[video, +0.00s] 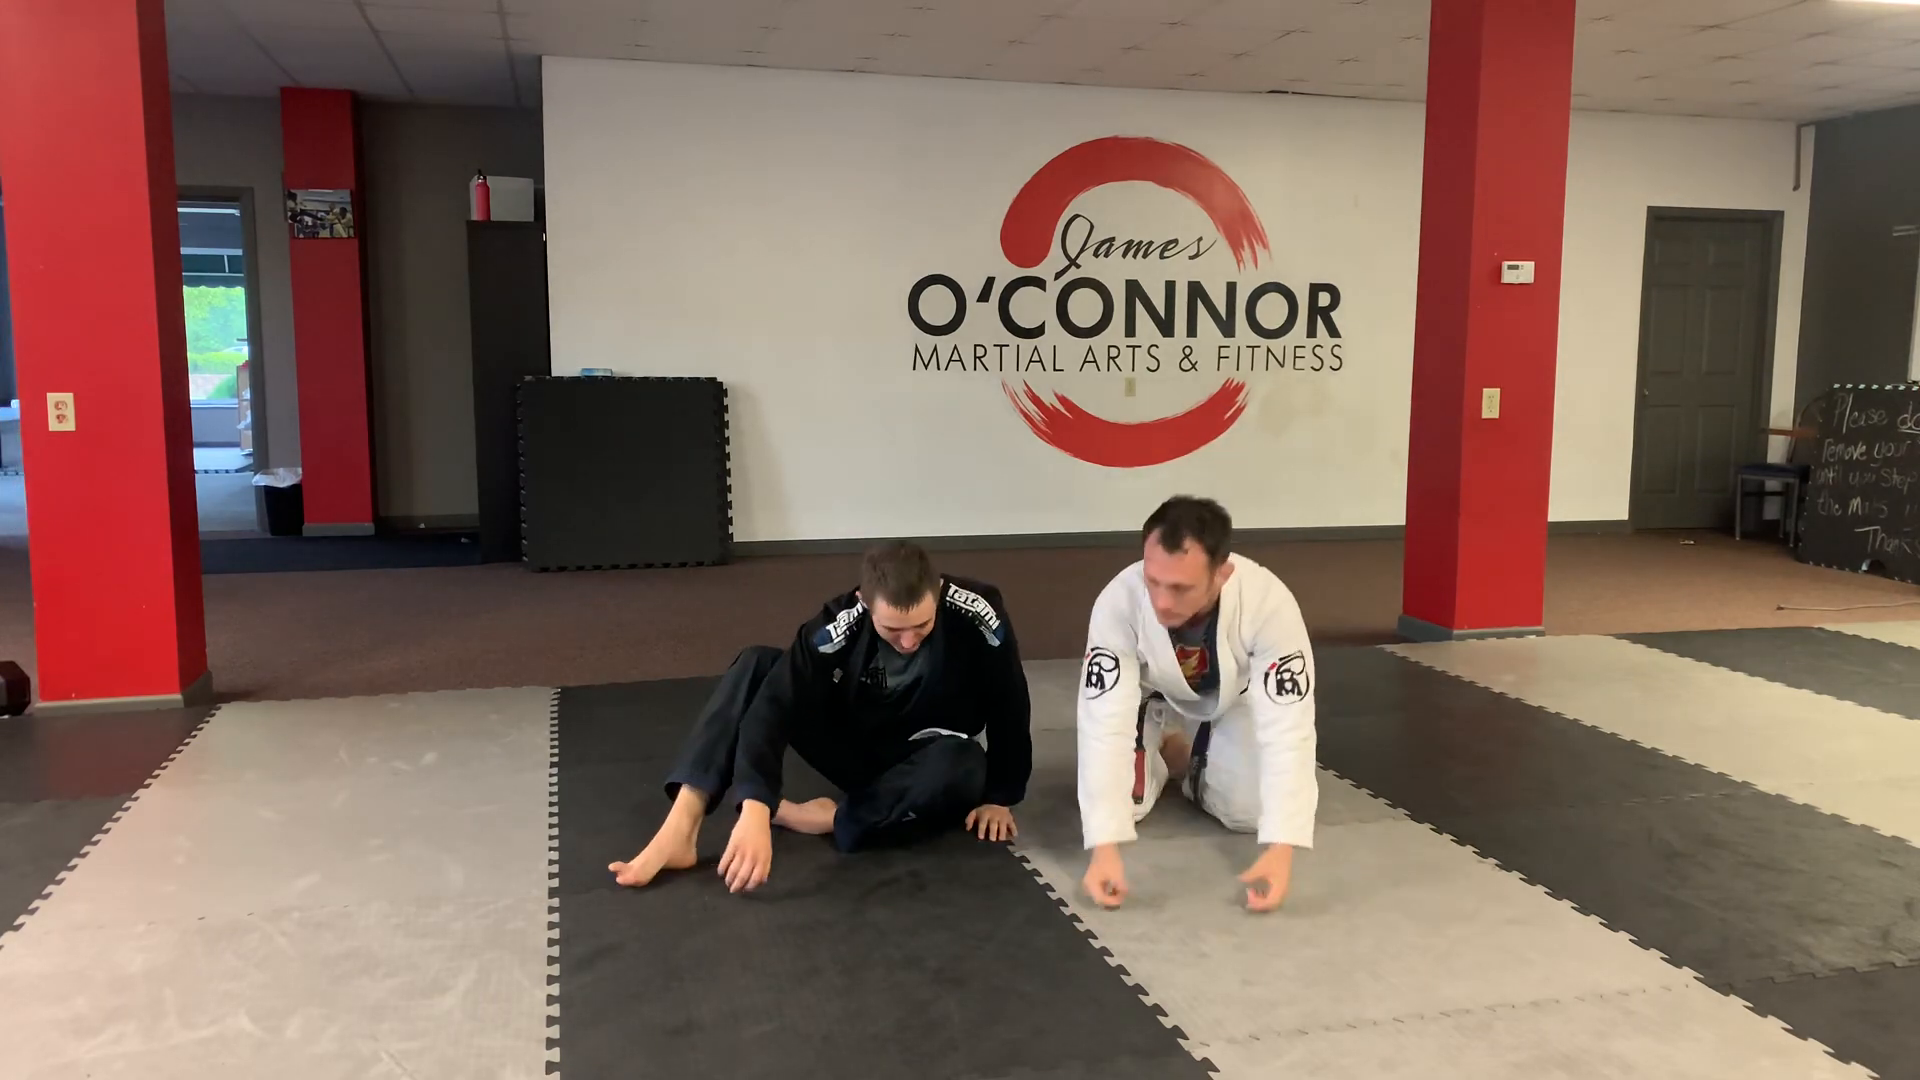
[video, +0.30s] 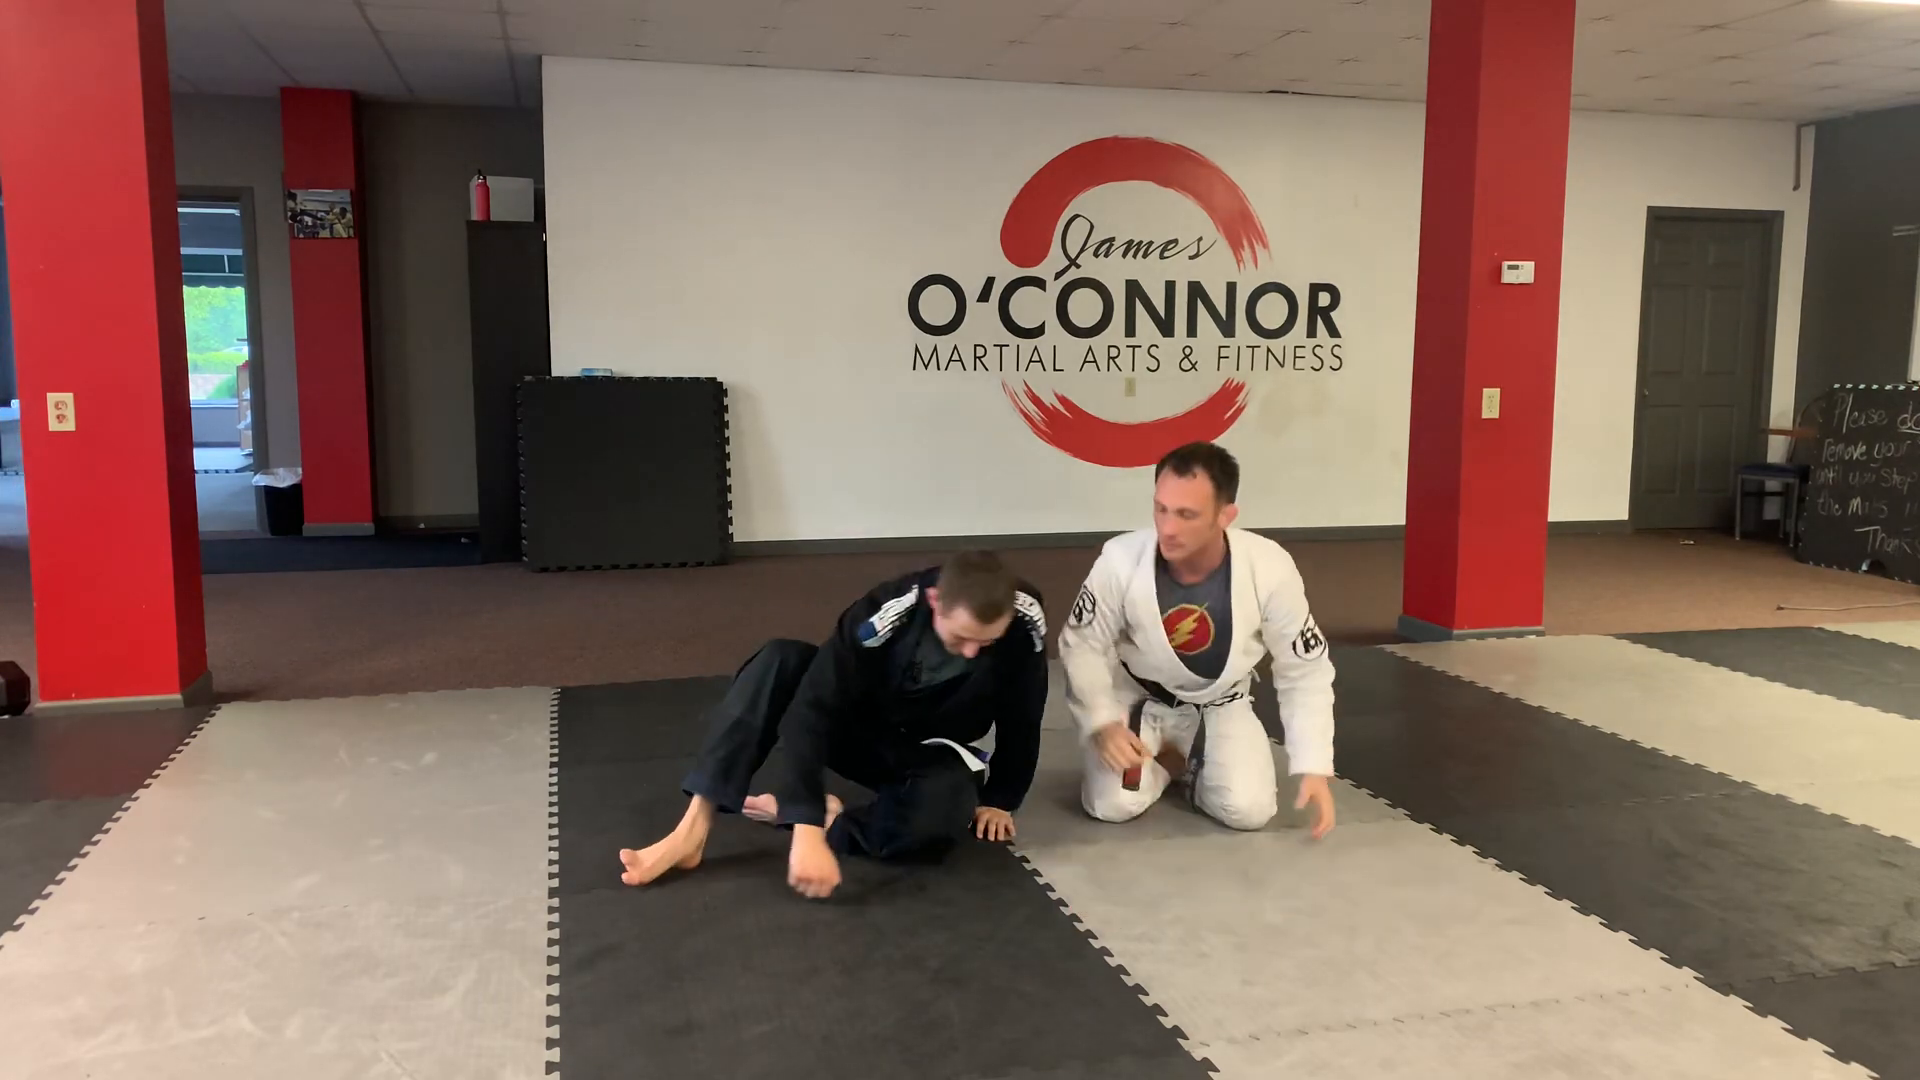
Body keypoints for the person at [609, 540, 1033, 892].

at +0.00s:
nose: (909, 640)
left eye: (920, 628)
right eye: (893, 630)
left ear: (936, 597)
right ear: (867, 605)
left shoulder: (978, 617)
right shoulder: (839, 625)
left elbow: (1012, 712)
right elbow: (769, 713)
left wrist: (1002, 798)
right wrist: (755, 814)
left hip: (920, 755)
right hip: (846, 741)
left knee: (958, 767)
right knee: (757, 665)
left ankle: (835, 816)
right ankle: (680, 828)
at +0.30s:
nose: (971, 651)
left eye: (986, 642)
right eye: (961, 638)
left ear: (1009, 619)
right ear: (935, 601)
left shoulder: (1022, 622)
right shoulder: (885, 615)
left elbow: (1023, 722)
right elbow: (811, 713)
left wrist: (1001, 800)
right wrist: (808, 833)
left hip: (935, 750)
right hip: (861, 721)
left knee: (935, 823)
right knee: (779, 659)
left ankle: (826, 812)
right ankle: (690, 830)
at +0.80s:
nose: (1149, 683)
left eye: (1163, 681)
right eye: (1158, 673)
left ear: (1154, 625)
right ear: (1151, 626)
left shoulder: (1100, 631)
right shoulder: (1060, 611)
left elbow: (1033, 743)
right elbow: (1025, 752)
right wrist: (1027, 885)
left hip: (937, 707)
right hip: (870, 664)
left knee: (1007, 824)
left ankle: (880, 845)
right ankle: (719, 849)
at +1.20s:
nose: (1207, 691)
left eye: (1221, 687)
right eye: (1217, 679)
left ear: (1202, 630)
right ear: (1202, 641)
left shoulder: (1139, 621)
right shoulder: (1122, 631)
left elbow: (1048, 739)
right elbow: (1037, 756)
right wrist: (1047, 883)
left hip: (954, 723)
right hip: (925, 729)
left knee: (1073, 834)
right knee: (1012, 917)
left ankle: (912, 838)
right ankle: (835, 876)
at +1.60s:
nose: (1207, 690)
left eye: (1218, 686)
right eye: (1215, 681)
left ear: (1201, 634)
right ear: (1199, 646)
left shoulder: (1149, 612)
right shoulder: (1112, 632)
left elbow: (1135, 731)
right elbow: (1105, 785)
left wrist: (1181, 816)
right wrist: (1153, 920)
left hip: (983, 721)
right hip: (923, 725)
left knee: (1065, 832)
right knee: (996, 924)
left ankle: (895, 829)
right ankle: (852, 858)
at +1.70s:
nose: (1217, 701)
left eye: (1230, 697)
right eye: (1227, 692)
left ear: (1216, 639)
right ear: (1213, 657)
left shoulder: (1161, 615)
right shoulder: (1123, 636)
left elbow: (1154, 732)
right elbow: (1113, 789)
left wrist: (1190, 820)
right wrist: (1156, 927)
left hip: (991, 713)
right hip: (933, 715)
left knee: (1062, 834)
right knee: (993, 921)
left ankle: (900, 828)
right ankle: (851, 855)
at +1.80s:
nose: (1226, 708)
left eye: (1237, 704)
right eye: (1237, 700)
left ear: (1231, 641)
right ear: (1227, 662)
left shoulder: (1181, 612)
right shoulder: (1135, 629)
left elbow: (1168, 725)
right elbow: (1119, 786)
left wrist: (1191, 820)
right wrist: (1157, 927)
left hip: (1001, 705)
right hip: (943, 703)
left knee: (1066, 832)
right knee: (992, 915)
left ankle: (904, 824)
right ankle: (848, 845)